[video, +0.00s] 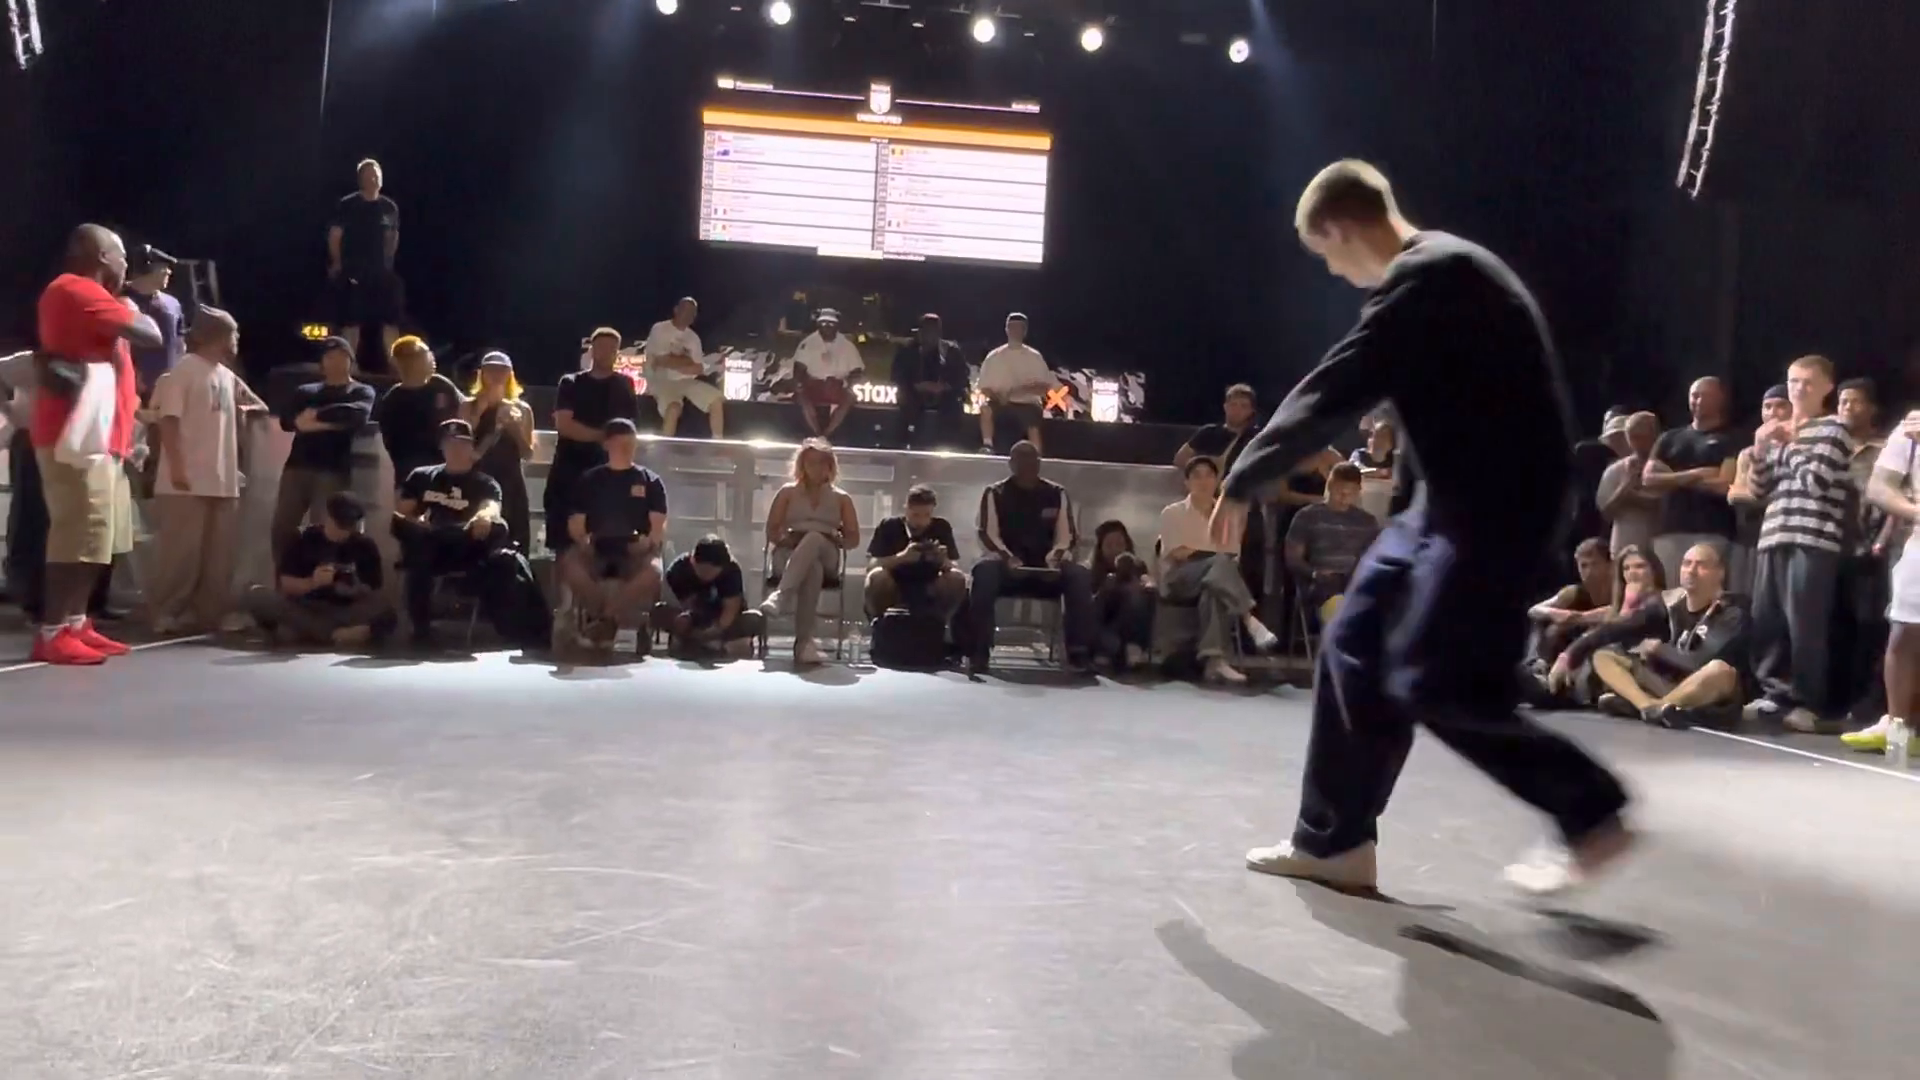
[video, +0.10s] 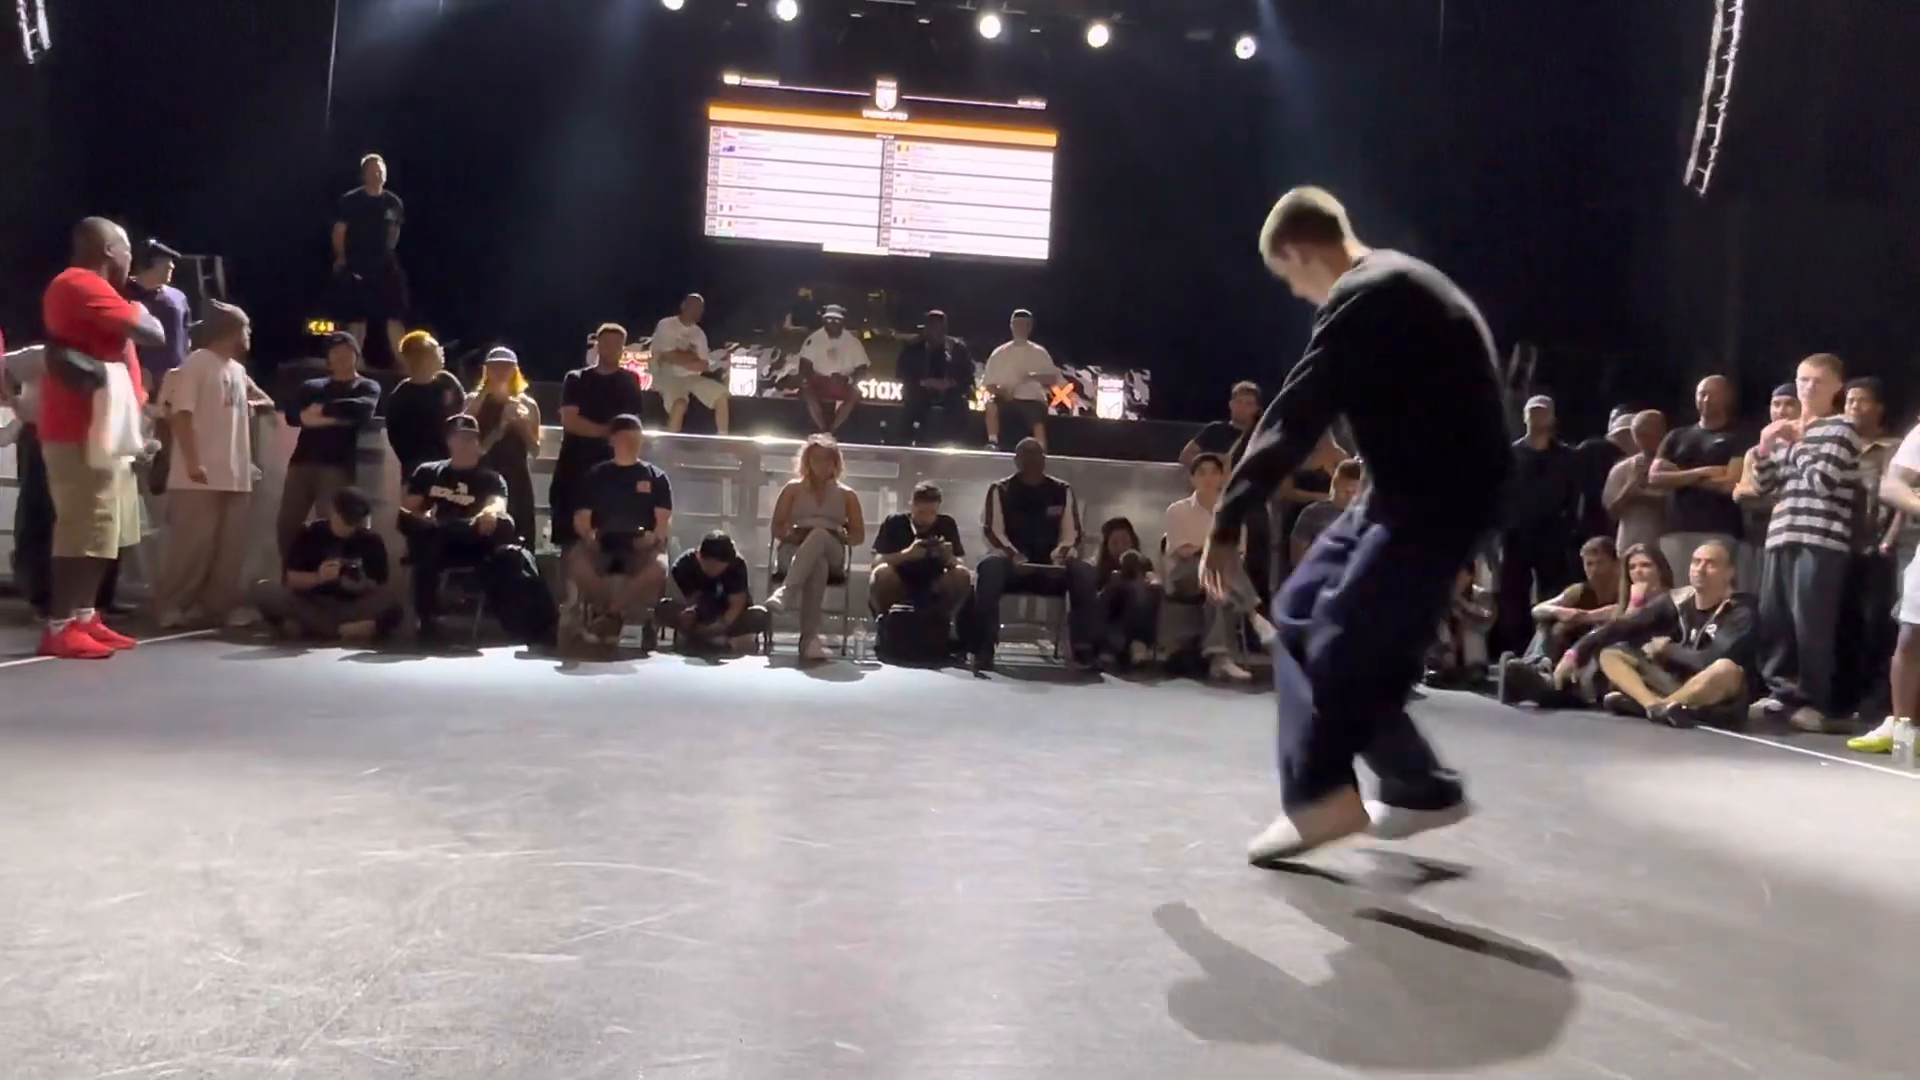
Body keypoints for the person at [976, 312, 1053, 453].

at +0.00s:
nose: (1015, 331)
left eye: (1019, 327)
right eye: (1011, 327)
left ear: (1025, 331)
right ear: (1006, 330)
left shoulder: (1034, 356)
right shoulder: (993, 356)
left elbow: (1045, 386)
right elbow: (983, 386)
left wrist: (1021, 390)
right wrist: (994, 396)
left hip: (1026, 403)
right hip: (1001, 402)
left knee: (1032, 416)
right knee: (985, 409)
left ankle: (1036, 458)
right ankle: (987, 446)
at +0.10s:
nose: (1020, 328)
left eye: (1024, 324)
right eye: (1016, 324)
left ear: (1030, 327)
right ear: (1011, 327)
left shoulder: (1039, 352)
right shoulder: (999, 353)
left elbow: (1054, 378)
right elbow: (988, 382)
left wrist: (1034, 377)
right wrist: (999, 392)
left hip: (1032, 398)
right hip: (1007, 397)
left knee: (1036, 417)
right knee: (991, 406)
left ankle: (1041, 453)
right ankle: (992, 442)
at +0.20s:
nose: (1026, 326)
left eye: (1030, 322)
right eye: (1022, 321)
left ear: (1036, 325)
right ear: (1017, 324)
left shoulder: (1044, 348)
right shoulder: (1004, 350)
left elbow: (1060, 374)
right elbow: (993, 380)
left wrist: (1042, 359)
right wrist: (1004, 389)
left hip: (1038, 396)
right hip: (1013, 394)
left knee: (1042, 419)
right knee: (996, 402)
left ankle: (1047, 453)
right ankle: (997, 440)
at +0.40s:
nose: (1036, 318)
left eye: (1040, 314)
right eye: (1032, 314)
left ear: (1046, 318)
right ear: (1026, 317)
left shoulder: (1052, 341)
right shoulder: (1014, 343)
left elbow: (1066, 355)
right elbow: (1002, 373)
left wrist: (1051, 339)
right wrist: (1014, 383)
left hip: (1047, 390)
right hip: (1022, 388)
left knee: (1052, 413)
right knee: (1005, 396)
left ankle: (1055, 448)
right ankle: (1006, 433)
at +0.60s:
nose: (1045, 315)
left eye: (1048, 311)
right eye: (1041, 311)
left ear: (1054, 314)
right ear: (1034, 314)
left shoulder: (1061, 338)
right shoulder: (1021, 340)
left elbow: (1075, 354)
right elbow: (1009, 369)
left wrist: (1057, 333)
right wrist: (1022, 380)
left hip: (1054, 387)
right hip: (1029, 387)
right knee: (1012, 391)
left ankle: (1062, 439)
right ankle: (1014, 430)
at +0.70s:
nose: (1045, 313)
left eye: (1049, 309)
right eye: (1042, 309)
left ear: (1056, 313)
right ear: (1037, 312)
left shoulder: (1063, 335)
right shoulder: (1024, 338)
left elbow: (1076, 349)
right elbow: (1012, 367)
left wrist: (1059, 330)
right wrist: (1025, 380)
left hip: (1057, 387)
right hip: (1031, 387)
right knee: (1014, 391)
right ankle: (1016, 427)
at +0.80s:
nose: (1048, 312)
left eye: (1052, 308)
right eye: (1045, 308)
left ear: (1059, 312)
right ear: (1039, 310)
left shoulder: (1065, 335)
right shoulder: (1026, 337)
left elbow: (1082, 349)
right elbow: (1014, 367)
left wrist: (1061, 328)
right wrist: (1026, 377)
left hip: (1060, 388)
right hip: (1035, 388)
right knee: (1016, 389)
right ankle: (1018, 427)